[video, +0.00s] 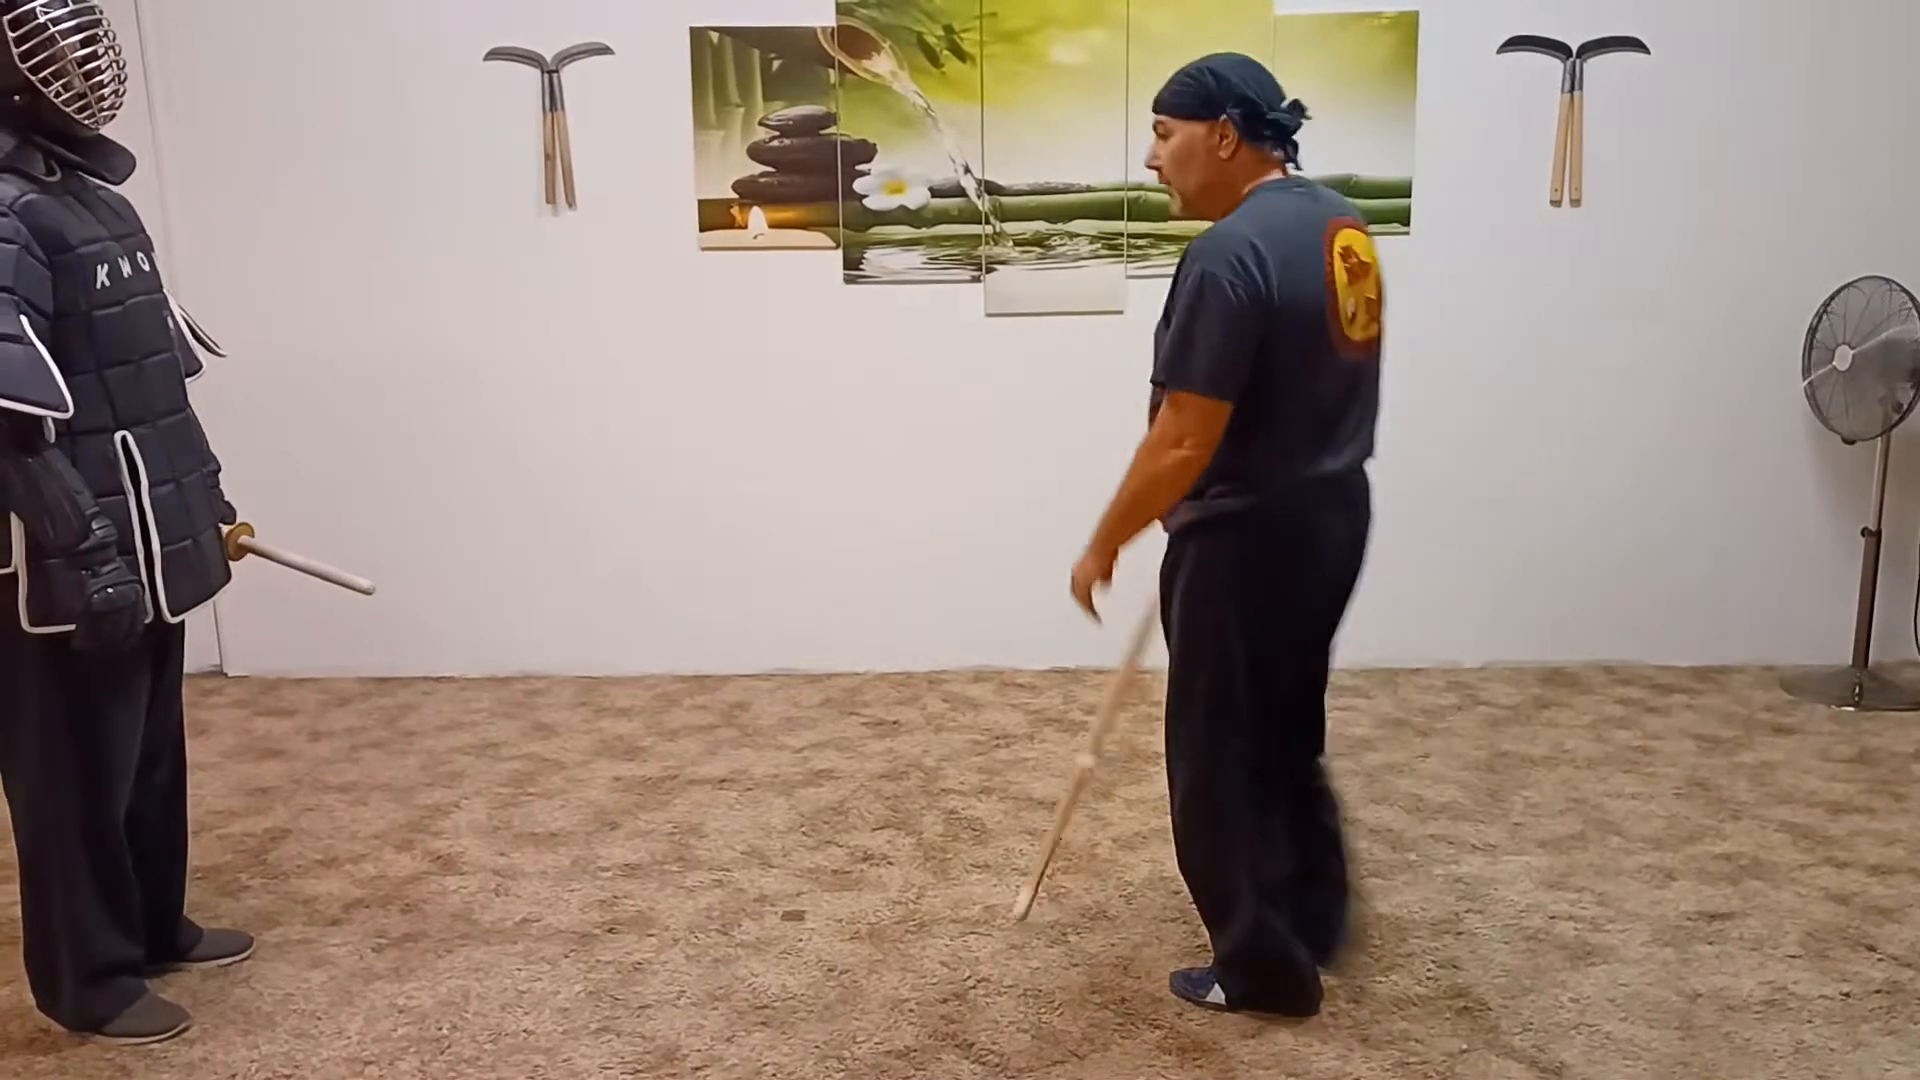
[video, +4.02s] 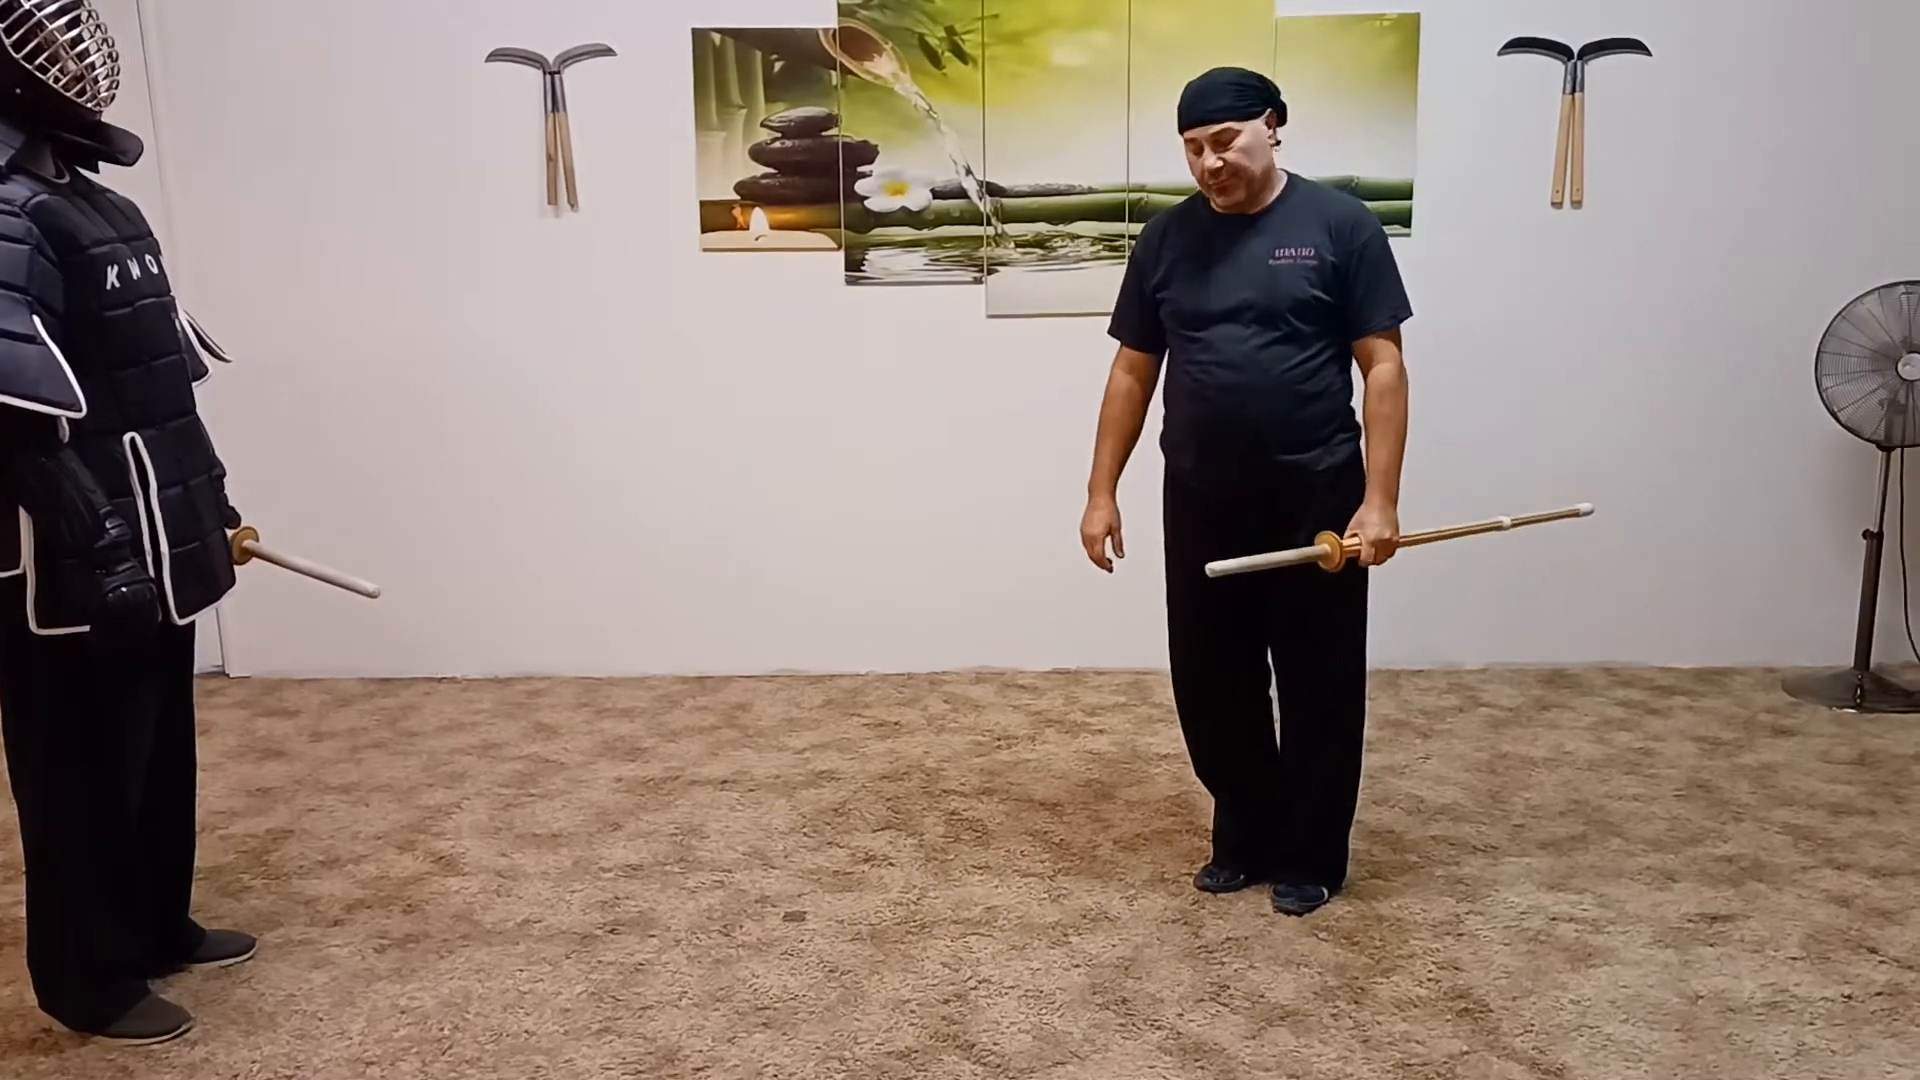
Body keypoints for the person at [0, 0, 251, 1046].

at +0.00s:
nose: (101, 69)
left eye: (96, 51)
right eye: (77, 54)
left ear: (62, 74)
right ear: (29, 73)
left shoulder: (104, 203)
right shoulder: (12, 214)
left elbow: (159, 381)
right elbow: (23, 413)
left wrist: (206, 504)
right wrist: (83, 546)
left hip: (146, 546)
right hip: (68, 559)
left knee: (147, 752)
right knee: (76, 773)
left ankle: (154, 930)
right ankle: (84, 982)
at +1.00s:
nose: (111, 65)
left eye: (110, 46)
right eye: (84, 47)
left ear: (108, 65)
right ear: (30, 68)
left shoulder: (121, 200)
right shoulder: (17, 208)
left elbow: (174, 378)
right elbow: (22, 401)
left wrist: (223, 503)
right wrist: (99, 536)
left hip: (161, 541)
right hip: (75, 553)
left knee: (161, 749)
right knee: (88, 769)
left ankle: (161, 931)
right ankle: (92, 982)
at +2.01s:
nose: (123, 67)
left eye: (119, 48)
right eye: (98, 49)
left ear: (100, 67)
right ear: (44, 67)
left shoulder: (119, 197)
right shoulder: (21, 206)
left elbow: (174, 380)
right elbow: (26, 400)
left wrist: (219, 509)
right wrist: (101, 538)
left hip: (159, 541)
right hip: (71, 553)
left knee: (161, 748)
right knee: (86, 768)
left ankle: (161, 931)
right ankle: (90, 981)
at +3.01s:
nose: (118, 76)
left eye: (116, 56)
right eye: (93, 59)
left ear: (107, 72)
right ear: (40, 75)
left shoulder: (121, 202)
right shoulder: (20, 211)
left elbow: (173, 381)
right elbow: (24, 404)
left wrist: (218, 506)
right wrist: (97, 538)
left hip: (158, 543)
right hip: (70, 557)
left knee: (160, 752)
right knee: (85, 772)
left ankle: (161, 933)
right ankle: (88, 982)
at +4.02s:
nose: (96, 67)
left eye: (90, 51)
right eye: (73, 53)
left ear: (59, 75)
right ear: (34, 74)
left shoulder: (111, 207)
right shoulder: (12, 214)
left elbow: (166, 384)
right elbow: (22, 410)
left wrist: (212, 511)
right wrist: (98, 538)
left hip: (153, 547)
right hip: (65, 560)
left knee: (156, 752)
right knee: (82, 773)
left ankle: (160, 931)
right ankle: (87, 983)